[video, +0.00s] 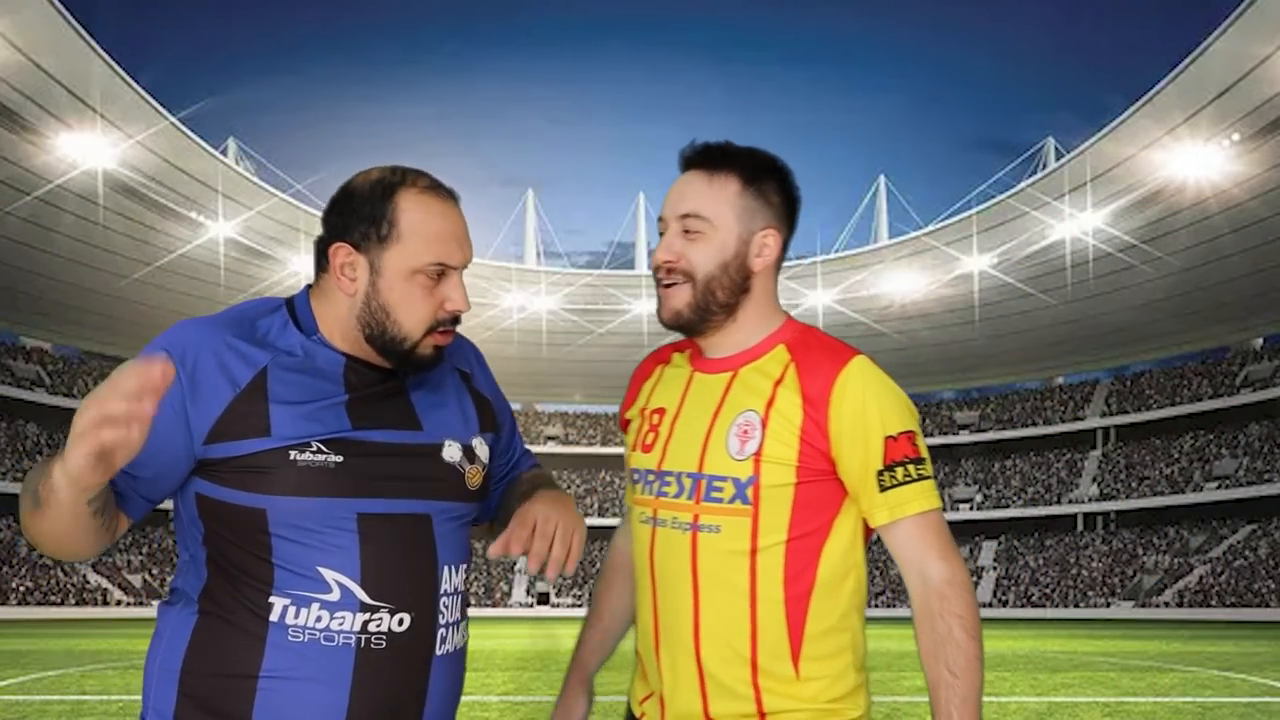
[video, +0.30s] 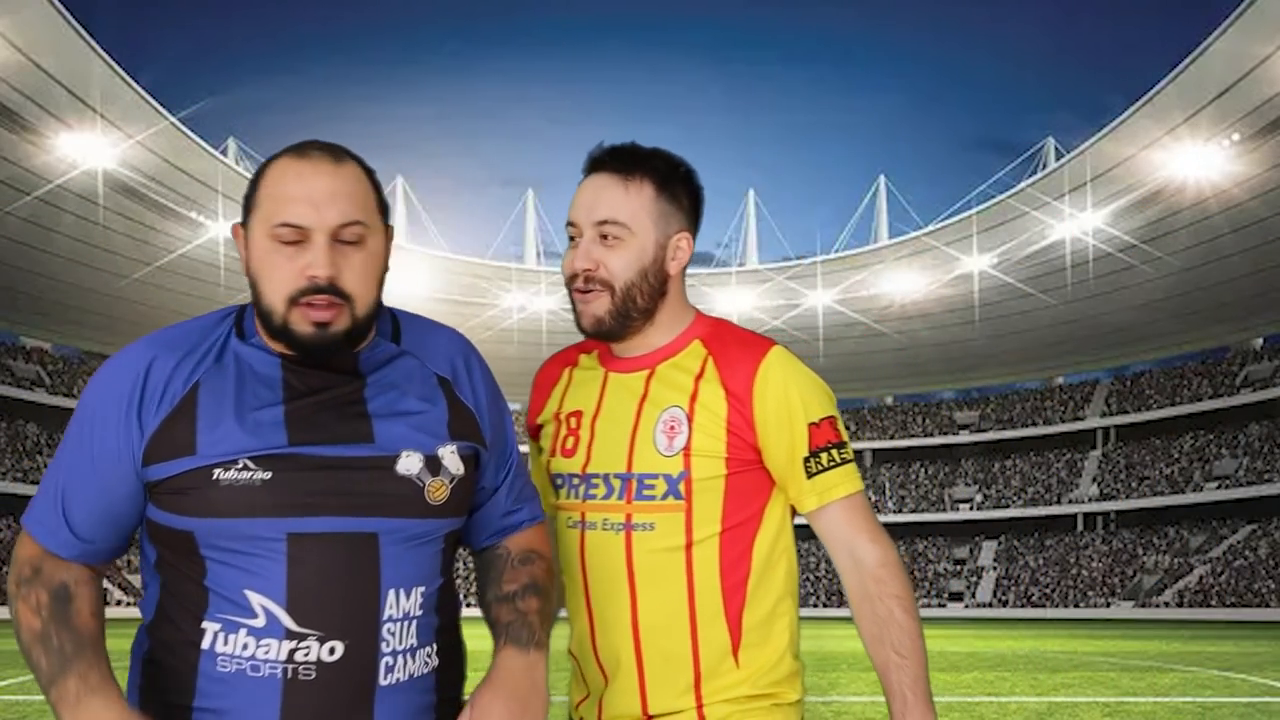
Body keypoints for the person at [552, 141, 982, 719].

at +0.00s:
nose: (661, 254)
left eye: (691, 232)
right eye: (662, 232)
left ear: (763, 249)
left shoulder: (845, 386)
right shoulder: (652, 378)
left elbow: (939, 582)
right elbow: (637, 537)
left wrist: (956, 713)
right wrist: (579, 674)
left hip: (797, 705)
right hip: (657, 704)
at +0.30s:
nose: (578, 262)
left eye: (609, 238)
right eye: (574, 238)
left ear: (676, 253)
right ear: (565, 245)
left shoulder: (762, 376)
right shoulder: (554, 383)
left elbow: (865, 558)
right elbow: (538, 546)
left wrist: (913, 710)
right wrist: (509, 684)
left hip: (738, 702)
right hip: (597, 703)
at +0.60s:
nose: (545, 250)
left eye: (579, 227)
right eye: (536, 223)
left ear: (640, 252)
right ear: (521, 233)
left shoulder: (713, 382)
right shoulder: (514, 385)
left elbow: (824, 577)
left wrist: (864, 712)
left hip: (696, 702)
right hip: (549, 705)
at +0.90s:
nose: (668, 240)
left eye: (702, 217)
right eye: (650, 205)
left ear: (736, 241)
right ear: (613, 211)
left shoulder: (786, 390)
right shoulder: (540, 362)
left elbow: (880, 585)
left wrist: (889, 712)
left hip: (739, 705)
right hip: (579, 706)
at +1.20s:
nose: (684, 241)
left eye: (723, 224)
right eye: (683, 213)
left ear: (783, 256)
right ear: (671, 217)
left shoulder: (851, 393)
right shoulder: (609, 377)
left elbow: (952, 583)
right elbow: (552, 554)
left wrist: (1007, 712)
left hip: (820, 705)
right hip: (657, 705)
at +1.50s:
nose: (718, 246)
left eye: (751, 220)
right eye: (715, 224)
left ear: (821, 242)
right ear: (707, 238)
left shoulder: (910, 387)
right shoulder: (684, 381)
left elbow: (1012, 577)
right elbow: (655, 561)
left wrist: (1071, 717)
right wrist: (589, 689)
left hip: (872, 708)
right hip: (713, 709)